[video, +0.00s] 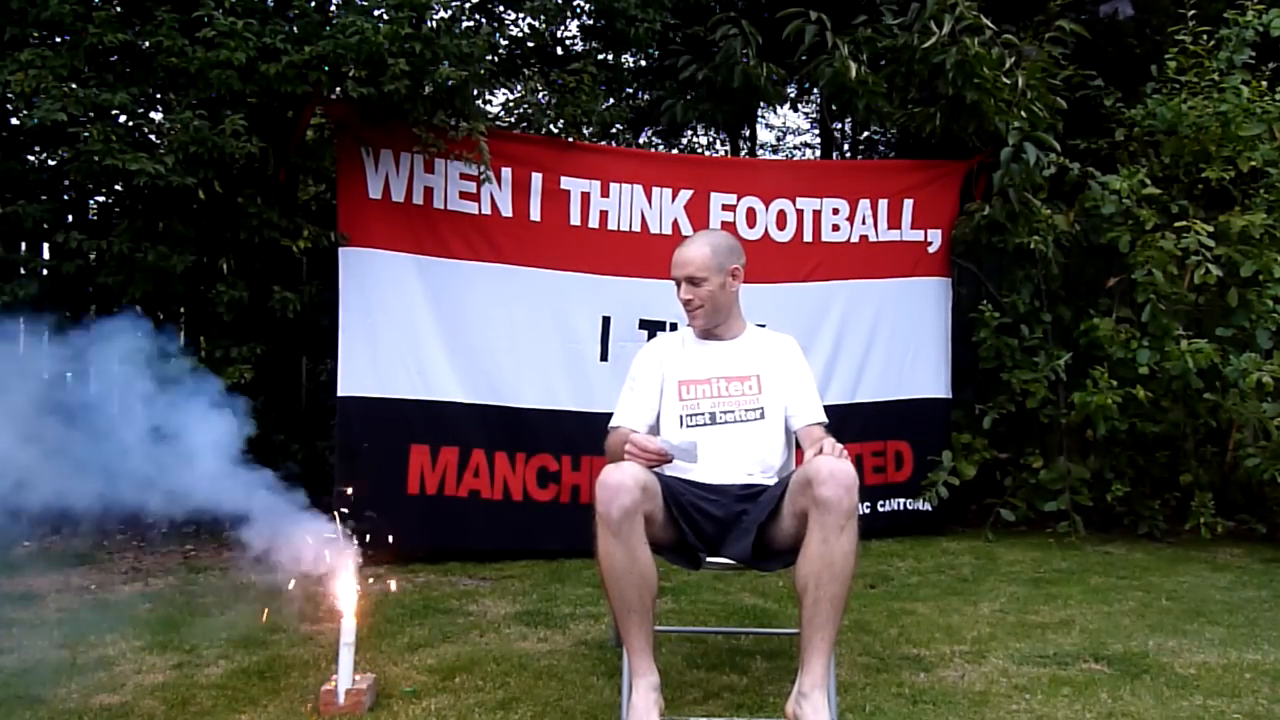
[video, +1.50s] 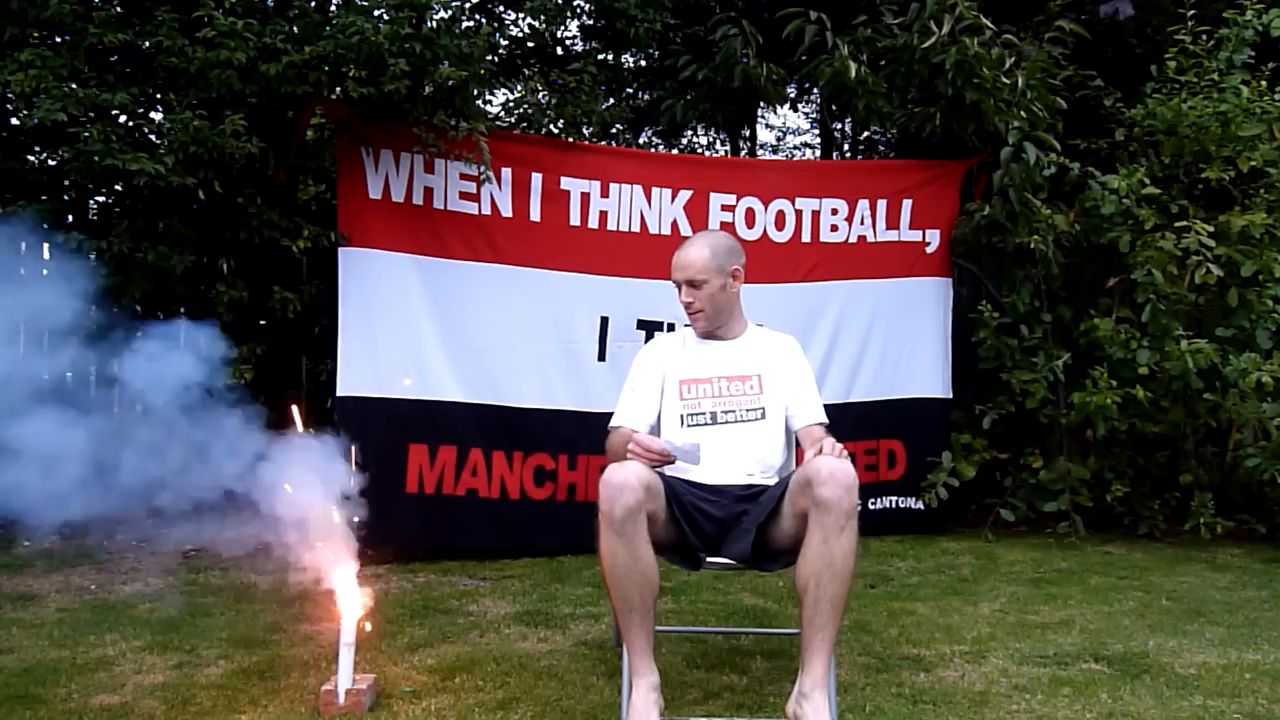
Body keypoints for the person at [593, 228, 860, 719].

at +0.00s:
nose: (684, 296)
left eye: (696, 283)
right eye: (678, 285)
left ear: (735, 278)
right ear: (673, 285)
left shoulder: (781, 350)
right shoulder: (658, 353)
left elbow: (812, 437)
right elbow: (615, 442)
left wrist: (825, 448)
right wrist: (633, 445)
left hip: (768, 504)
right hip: (679, 503)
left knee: (837, 477)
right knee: (615, 485)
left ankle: (812, 689)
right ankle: (642, 682)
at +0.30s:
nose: (685, 297)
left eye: (697, 284)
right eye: (679, 285)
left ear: (736, 279)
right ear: (674, 285)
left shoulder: (782, 350)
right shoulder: (659, 353)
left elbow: (812, 437)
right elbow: (615, 442)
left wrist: (825, 448)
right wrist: (633, 444)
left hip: (768, 504)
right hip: (680, 503)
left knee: (838, 477)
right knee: (616, 484)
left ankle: (812, 689)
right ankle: (642, 682)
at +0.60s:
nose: (686, 298)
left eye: (697, 284)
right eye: (679, 286)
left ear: (736, 279)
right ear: (675, 285)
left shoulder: (782, 350)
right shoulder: (659, 353)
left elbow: (812, 439)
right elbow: (615, 442)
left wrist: (824, 449)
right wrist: (634, 445)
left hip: (768, 504)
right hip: (680, 503)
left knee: (837, 477)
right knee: (617, 484)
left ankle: (812, 689)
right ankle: (642, 683)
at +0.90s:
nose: (685, 298)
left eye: (696, 284)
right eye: (679, 286)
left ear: (736, 279)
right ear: (675, 286)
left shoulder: (782, 350)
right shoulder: (659, 352)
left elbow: (812, 438)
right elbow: (616, 442)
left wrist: (824, 448)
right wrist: (635, 445)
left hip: (768, 504)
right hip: (679, 503)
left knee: (837, 477)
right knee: (617, 484)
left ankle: (812, 689)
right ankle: (643, 683)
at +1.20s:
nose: (685, 299)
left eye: (696, 285)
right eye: (679, 287)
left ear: (735, 279)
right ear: (675, 286)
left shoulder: (782, 350)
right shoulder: (659, 353)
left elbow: (812, 437)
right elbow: (616, 442)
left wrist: (824, 448)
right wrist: (635, 445)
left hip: (768, 505)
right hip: (680, 504)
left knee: (837, 477)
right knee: (617, 484)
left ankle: (812, 689)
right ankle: (643, 683)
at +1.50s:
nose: (685, 299)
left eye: (696, 285)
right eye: (679, 287)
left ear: (735, 279)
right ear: (674, 286)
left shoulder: (782, 350)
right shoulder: (659, 352)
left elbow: (812, 437)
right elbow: (616, 442)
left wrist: (823, 446)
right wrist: (635, 445)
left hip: (768, 505)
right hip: (680, 503)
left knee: (836, 477)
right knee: (617, 485)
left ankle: (812, 690)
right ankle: (642, 682)